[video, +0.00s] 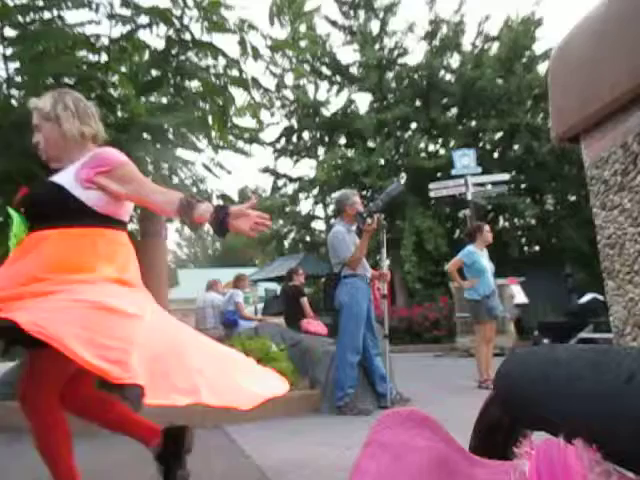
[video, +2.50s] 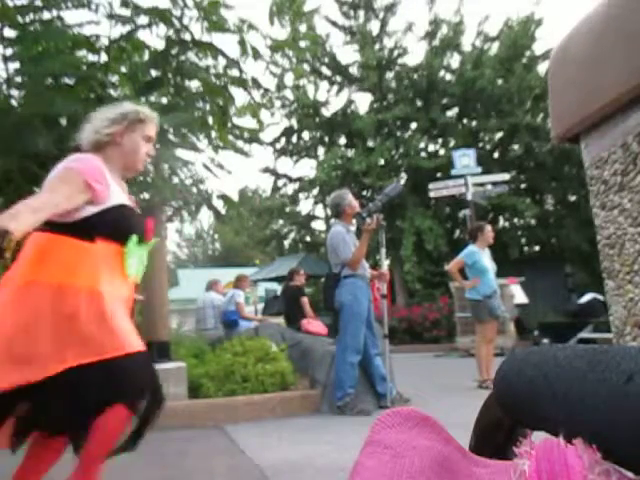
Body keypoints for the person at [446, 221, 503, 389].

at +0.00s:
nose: (491, 235)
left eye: (490, 232)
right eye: (487, 232)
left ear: (484, 235)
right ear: (478, 235)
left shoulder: (484, 252)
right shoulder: (470, 251)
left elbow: (482, 272)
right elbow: (451, 267)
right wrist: (461, 282)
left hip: (490, 294)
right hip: (477, 296)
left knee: (490, 337)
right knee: (483, 337)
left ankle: (489, 375)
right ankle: (483, 377)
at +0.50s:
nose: (491, 235)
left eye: (490, 232)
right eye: (488, 232)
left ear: (485, 235)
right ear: (478, 235)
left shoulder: (484, 252)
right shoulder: (470, 251)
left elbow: (483, 273)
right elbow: (451, 267)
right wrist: (461, 282)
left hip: (490, 294)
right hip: (477, 296)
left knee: (490, 337)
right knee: (483, 337)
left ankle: (489, 375)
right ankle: (483, 377)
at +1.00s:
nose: (492, 235)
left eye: (492, 232)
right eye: (489, 232)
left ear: (487, 235)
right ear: (480, 235)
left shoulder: (486, 252)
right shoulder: (472, 251)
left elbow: (484, 272)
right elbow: (450, 267)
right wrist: (462, 282)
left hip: (491, 294)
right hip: (478, 296)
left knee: (490, 338)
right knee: (482, 338)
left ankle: (489, 376)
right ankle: (483, 377)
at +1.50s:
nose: (493, 235)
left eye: (492, 232)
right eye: (489, 232)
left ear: (487, 235)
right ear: (480, 235)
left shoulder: (487, 251)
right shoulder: (472, 251)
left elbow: (485, 272)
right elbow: (451, 267)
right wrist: (462, 282)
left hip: (491, 294)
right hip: (478, 296)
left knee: (491, 338)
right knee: (483, 338)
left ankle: (489, 376)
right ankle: (483, 377)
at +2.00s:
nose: (493, 235)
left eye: (492, 232)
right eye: (489, 232)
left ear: (487, 235)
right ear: (480, 235)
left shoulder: (486, 251)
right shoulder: (472, 251)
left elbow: (484, 272)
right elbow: (452, 267)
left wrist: (493, 284)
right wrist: (462, 282)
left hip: (491, 294)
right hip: (478, 296)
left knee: (491, 338)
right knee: (483, 338)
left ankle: (489, 376)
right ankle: (483, 377)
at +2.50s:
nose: (492, 235)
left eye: (492, 232)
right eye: (489, 232)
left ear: (485, 235)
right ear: (480, 235)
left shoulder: (486, 251)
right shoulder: (471, 251)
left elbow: (485, 274)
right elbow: (452, 267)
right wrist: (462, 282)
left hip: (491, 295)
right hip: (478, 297)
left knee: (491, 338)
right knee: (483, 338)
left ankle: (489, 376)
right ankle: (483, 377)